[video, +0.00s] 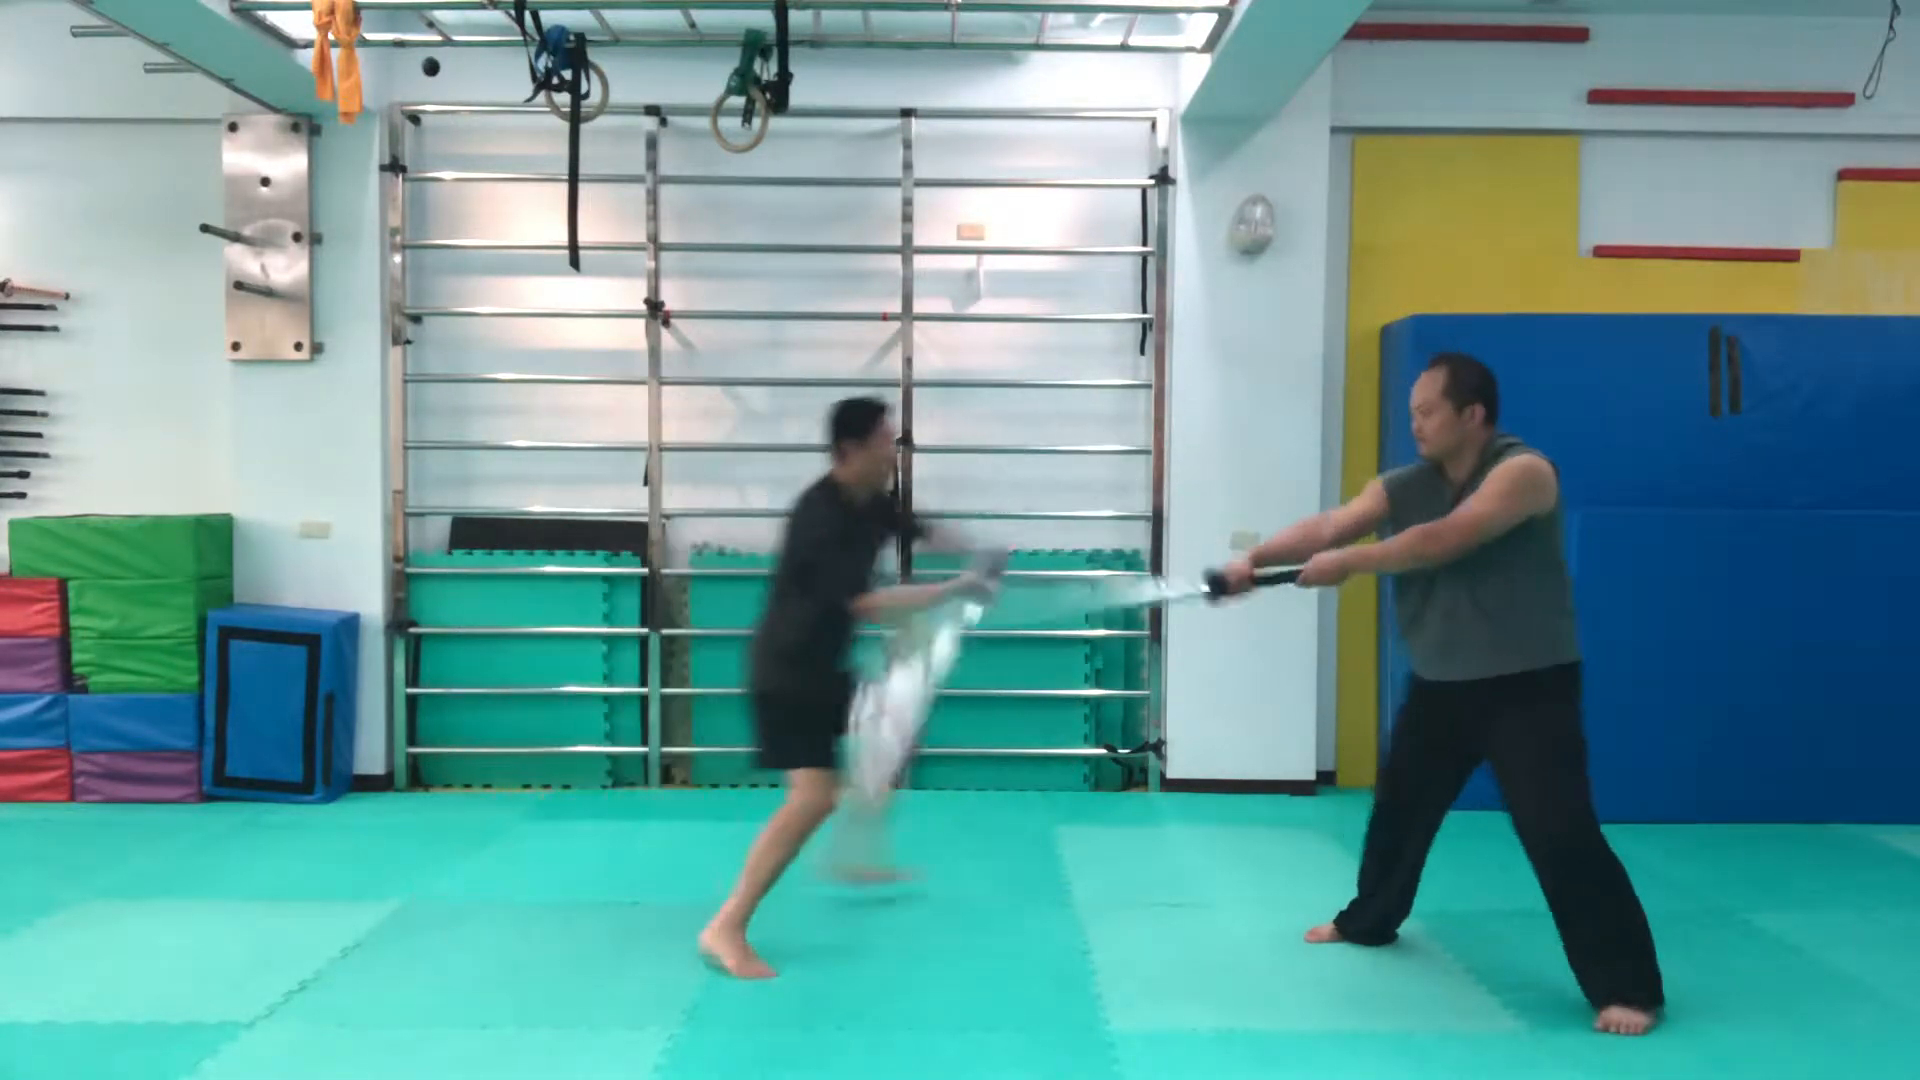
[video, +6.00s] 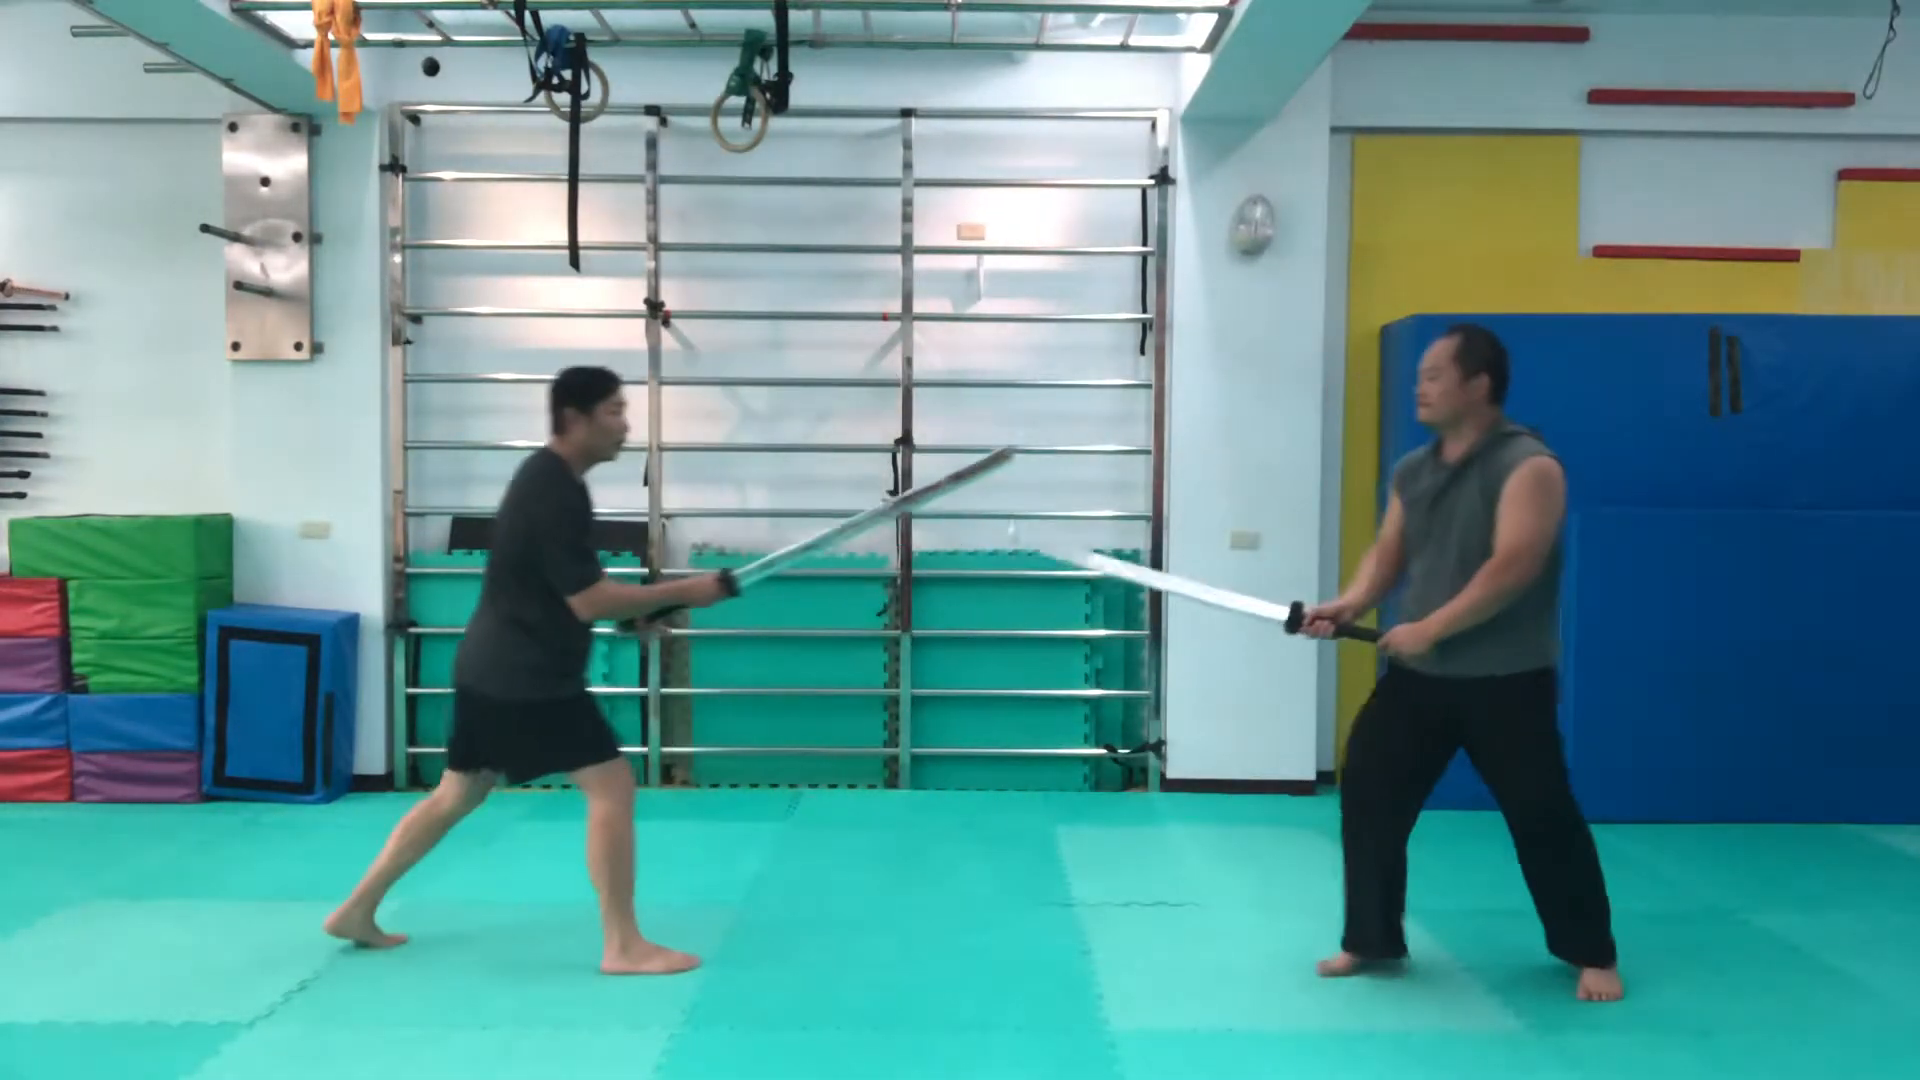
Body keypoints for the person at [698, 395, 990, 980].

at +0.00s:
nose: (895, 453)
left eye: (894, 442)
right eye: (886, 443)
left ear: (857, 449)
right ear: (851, 450)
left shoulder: (871, 500)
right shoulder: (825, 511)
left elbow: (923, 534)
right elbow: (858, 601)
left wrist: (979, 555)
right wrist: (954, 588)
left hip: (824, 663)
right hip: (788, 667)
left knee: (893, 729)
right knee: (813, 795)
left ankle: (857, 858)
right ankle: (726, 928)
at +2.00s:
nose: (710, 400)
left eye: (706, 388)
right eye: (697, 389)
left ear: (655, 399)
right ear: (659, 398)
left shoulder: (624, 458)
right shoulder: (652, 471)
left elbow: (609, 570)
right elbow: (664, 579)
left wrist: (671, 616)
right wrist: (742, 594)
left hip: (591, 650)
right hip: (600, 658)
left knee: (627, 781)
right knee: (614, 800)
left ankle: (642, 891)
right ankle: (564, 953)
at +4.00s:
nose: (1045, 441)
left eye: (1043, 430)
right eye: (1034, 432)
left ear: (993, 439)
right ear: (998, 439)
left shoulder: (972, 473)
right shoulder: (1022, 512)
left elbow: (1035, 395)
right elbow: (1112, 520)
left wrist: (1076, 413)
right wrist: (1165, 460)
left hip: (984, 646)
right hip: (1010, 656)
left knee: (1072, 751)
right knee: (1077, 761)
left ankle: (1070, 870)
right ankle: (983, 857)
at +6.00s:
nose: (625, 424)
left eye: (623, 412)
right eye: (614, 412)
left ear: (571, 421)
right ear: (573, 419)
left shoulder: (539, 477)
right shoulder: (557, 489)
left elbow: (559, 585)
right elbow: (588, 597)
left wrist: (630, 606)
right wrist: (682, 592)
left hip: (488, 673)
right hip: (534, 681)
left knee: (455, 793)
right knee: (611, 785)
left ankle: (355, 912)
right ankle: (623, 946)